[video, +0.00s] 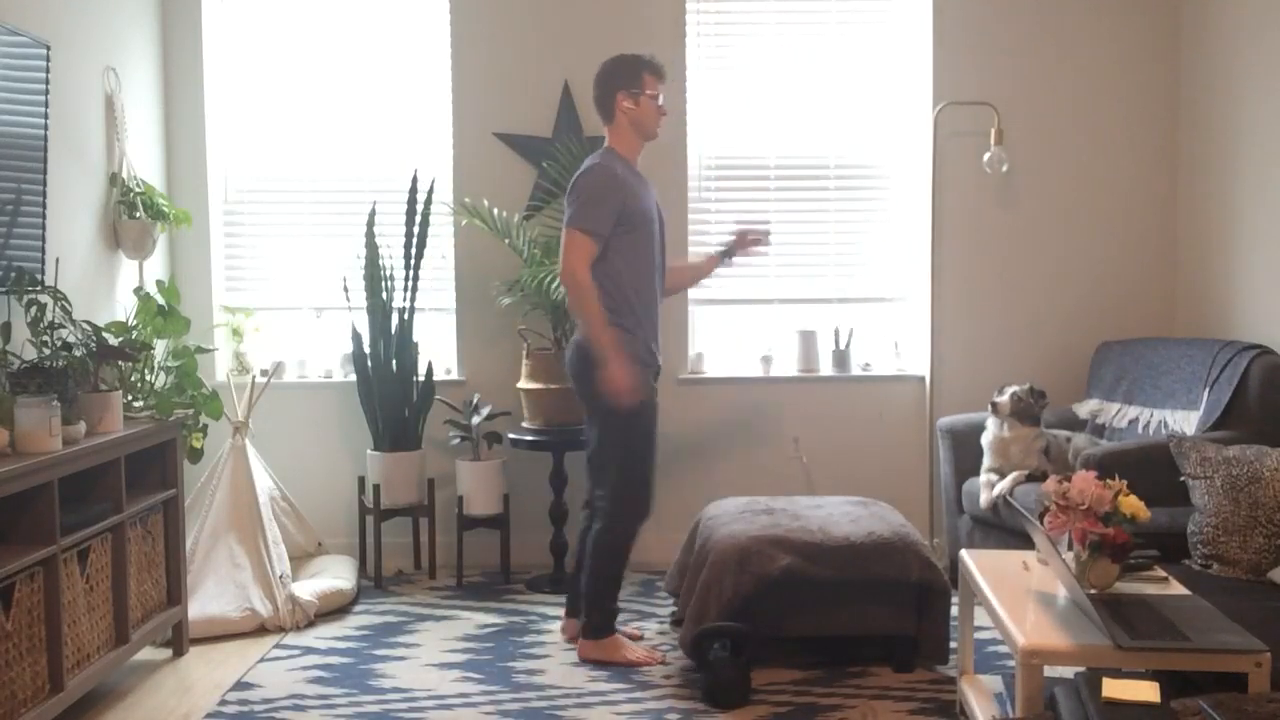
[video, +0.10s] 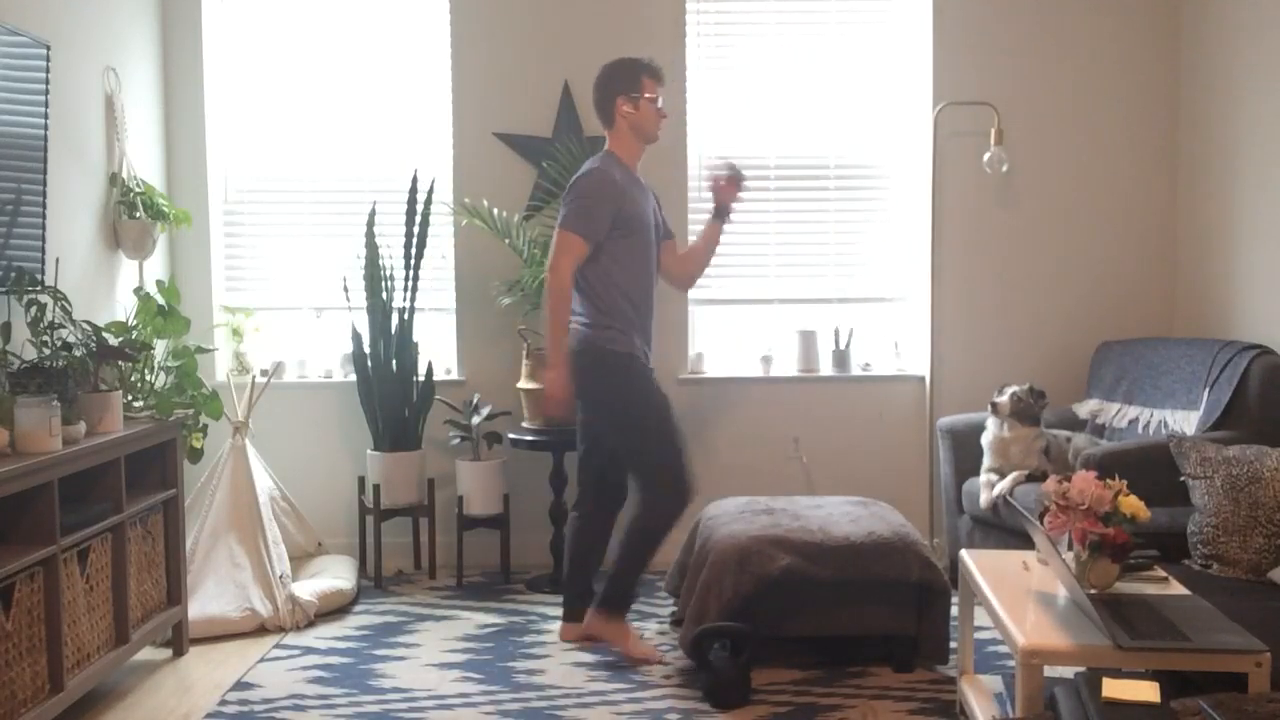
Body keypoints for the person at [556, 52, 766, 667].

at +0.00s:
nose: (663, 109)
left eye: (663, 99)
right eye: (654, 99)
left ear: (636, 106)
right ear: (622, 104)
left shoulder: (634, 181)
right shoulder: (602, 175)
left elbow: (656, 282)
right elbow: (573, 271)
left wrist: (723, 256)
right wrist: (609, 352)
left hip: (628, 352)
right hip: (612, 353)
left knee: (610, 498)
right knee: (626, 502)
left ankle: (580, 617)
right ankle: (597, 635)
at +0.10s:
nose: (664, 112)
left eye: (662, 102)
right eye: (655, 102)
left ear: (632, 109)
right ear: (624, 108)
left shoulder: (642, 193)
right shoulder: (599, 178)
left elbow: (682, 272)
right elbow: (559, 271)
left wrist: (719, 214)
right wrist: (556, 362)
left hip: (615, 358)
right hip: (607, 358)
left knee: (600, 493)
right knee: (669, 487)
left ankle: (576, 620)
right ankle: (609, 616)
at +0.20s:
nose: (667, 109)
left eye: (665, 99)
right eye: (656, 99)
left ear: (640, 109)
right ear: (624, 108)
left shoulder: (649, 192)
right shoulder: (595, 179)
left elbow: (702, 254)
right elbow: (542, 262)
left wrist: (710, 185)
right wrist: (525, 352)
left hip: (616, 349)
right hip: (603, 349)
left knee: (598, 487)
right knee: (716, 433)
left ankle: (577, 616)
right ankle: (624, 529)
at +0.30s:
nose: (676, 109)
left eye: (674, 99)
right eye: (665, 99)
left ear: (644, 111)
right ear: (633, 109)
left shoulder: (661, 193)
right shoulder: (599, 180)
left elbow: (721, 238)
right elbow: (538, 254)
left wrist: (707, 175)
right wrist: (516, 346)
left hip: (626, 344)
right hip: (604, 343)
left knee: (605, 484)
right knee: (741, 374)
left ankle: (578, 617)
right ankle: (644, 464)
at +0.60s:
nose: (722, 121)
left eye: (719, 110)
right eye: (713, 110)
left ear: (685, 120)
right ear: (680, 119)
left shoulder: (702, 199)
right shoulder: (650, 189)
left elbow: (773, 219)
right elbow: (587, 262)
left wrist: (734, 157)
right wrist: (589, 350)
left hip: (651, 354)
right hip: (640, 353)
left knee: (634, 491)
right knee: (776, 388)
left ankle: (581, 617)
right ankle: (727, 514)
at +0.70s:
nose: (740, 100)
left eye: (737, 89)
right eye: (731, 89)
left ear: (704, 102)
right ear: (701, 100)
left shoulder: (713, 180)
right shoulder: (680, 172)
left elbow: (780, 217)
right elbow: (621, 259)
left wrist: (769, 153)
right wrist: (658, 340)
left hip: (668, 340)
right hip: (660, 340)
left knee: (641, 479)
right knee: (784, 408)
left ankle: (584, 607)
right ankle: (728, 533)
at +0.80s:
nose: (754, 63)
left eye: (751, 52)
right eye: (745, 52)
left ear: (714, 65)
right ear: (715, 62)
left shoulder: (716, 140)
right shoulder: (695, 137)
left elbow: (753, 221)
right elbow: (663, 231)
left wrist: (799, 179)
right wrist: (713, 271)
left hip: (677, 312)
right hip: (677, 315)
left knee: (672, 450)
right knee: (780, 415)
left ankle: (611, 574)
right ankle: (728, 549)